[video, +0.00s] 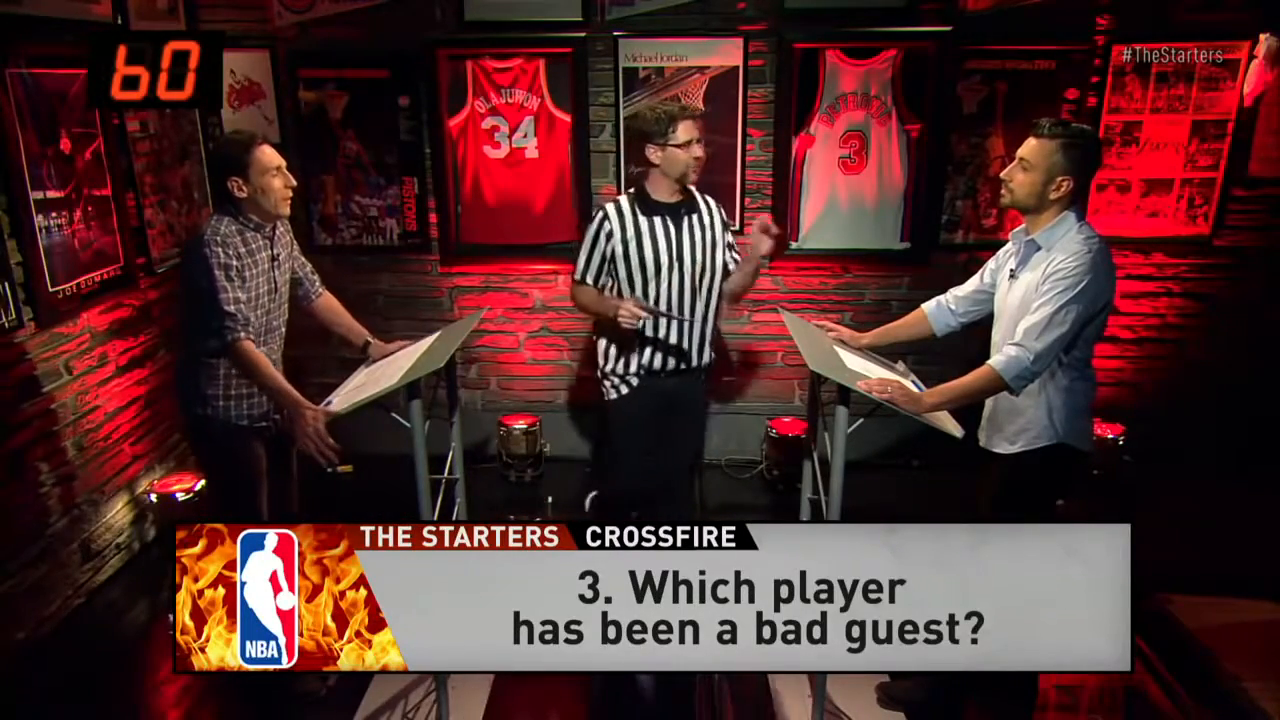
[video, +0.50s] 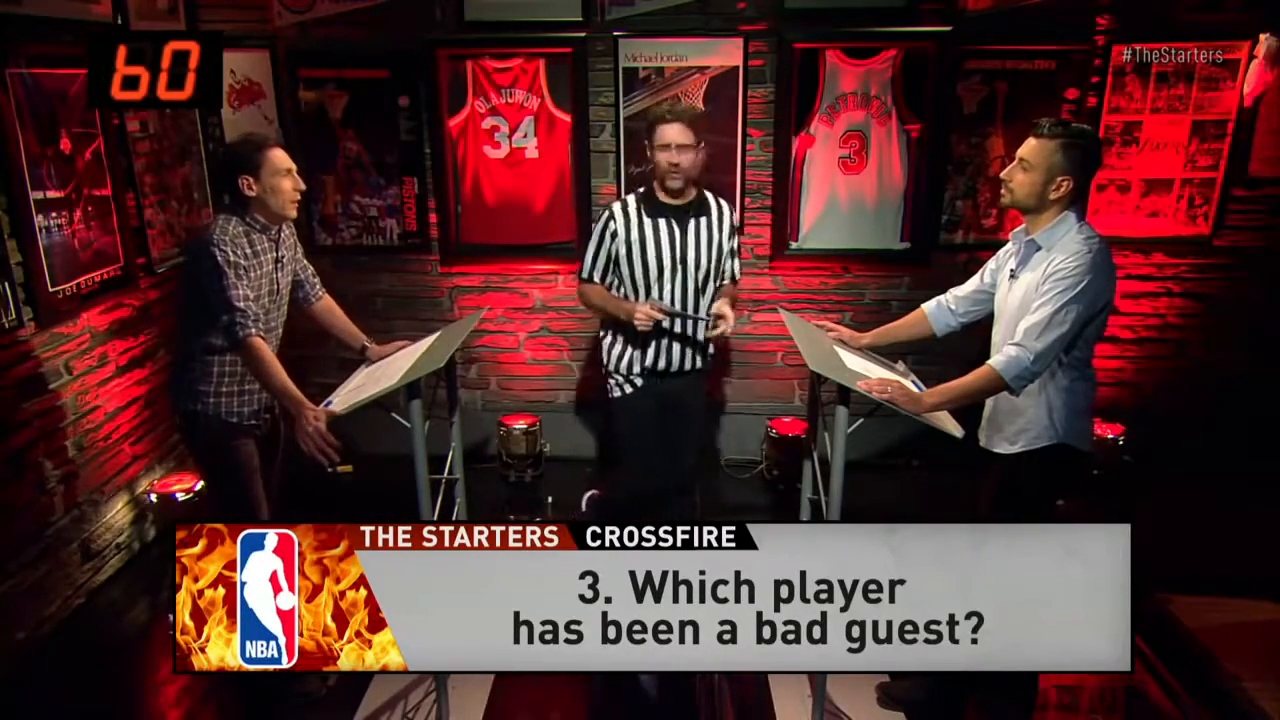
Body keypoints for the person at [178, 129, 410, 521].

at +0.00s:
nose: (292, 181)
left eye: (286, 170)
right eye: (276, 173)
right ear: (239, 187)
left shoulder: (277, 231)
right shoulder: (215, 245)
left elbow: (313, 293)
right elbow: (237, 341)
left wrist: (371, 345)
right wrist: (298, 407)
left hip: (274, 407)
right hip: (227, 416)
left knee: (285, 518)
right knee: (247, 527)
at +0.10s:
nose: (292, 181)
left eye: (287, 170)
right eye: (277, 172)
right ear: (240, 186)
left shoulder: (278, 231)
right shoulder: (216, 246)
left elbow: (314, 293)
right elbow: (240, 340)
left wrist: (370, 345)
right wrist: (299, 408)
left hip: (269, 406)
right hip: (226, 415)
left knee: (279, 517)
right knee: (247, 526)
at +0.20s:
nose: (293, 181)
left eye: (287, 170)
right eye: (277, 172)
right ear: (240, 185)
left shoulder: (278, 231)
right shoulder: (216, 246)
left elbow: (313, 293)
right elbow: (241, 339)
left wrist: (369, 346)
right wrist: (299, 408)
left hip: (268, 406)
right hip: (224, 415)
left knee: (277, 517)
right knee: (246, 526)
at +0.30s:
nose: (294, 181)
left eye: (289, 170)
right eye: (279, 172)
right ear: (243, 186)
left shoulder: (280, 231)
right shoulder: (217, 246)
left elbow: (313, 294)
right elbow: (242, 338)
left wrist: (368, 347)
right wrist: (299, 408)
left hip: (265, 406)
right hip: (222, 415)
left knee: (279, 513)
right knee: (247, 525)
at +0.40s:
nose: (297, 184)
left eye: (293, 171)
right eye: (283, 174)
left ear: (254, 187)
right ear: (246, 186)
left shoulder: (280, 231)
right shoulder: (219, 245)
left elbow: (313, 295)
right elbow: (244, 337)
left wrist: (368, 347)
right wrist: (299, 407)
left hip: (264, 405)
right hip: (220, 413)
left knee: (271, 515)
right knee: (250, 526)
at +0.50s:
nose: (300, 185)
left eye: (296, 173)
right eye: (286, 175)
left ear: (255, 188)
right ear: (249, 186)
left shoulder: (281, 233)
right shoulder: (220, 243)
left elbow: (314, 296)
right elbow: (245, 336)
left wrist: (367, 347)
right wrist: (299, 407)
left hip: (264, 405)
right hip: (219, 413)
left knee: (271, 516)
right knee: (251, 526)